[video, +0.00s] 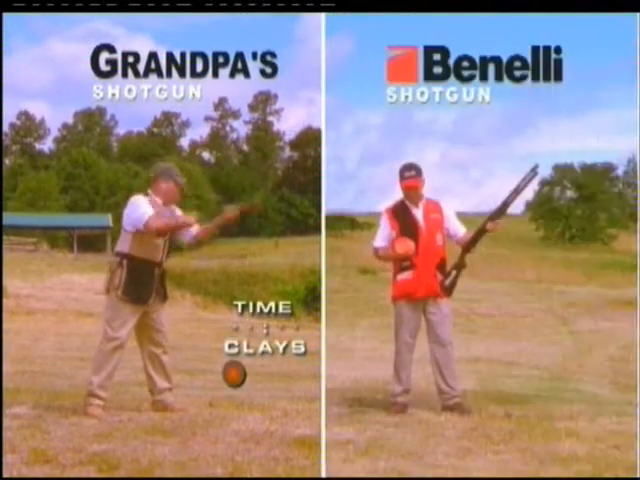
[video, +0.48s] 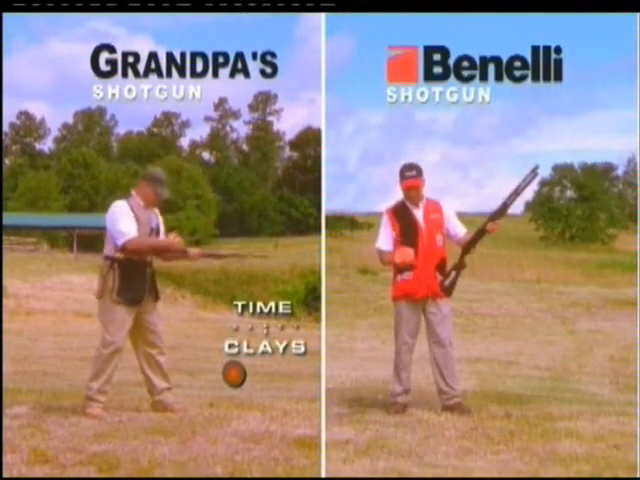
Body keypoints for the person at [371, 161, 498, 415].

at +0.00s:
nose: (412, 190)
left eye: (415, 185)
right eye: (407, 186)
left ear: (422, 183)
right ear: (400, 186)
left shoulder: (438, 209)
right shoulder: (391, 214)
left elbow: (462, 239)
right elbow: (379, 250)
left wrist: (483, 231)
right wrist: (395, 252)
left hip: (436, 283)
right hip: (407, 285)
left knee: (444, 342)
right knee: (405, 343)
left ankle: (451, 397)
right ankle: (400, 396)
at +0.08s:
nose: (412, 190)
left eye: (415, 185)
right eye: (407, 186)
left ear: (422, 183)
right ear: (400, 186)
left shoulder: (438, 209)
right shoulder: (391, 214)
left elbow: (462, 239)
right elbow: (379, 250)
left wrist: (483, 231)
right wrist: (395, 252)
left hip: (436, 283)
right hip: (407, 285)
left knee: (444, 342)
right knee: (405, 343)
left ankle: (451, 397)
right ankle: (400, 396)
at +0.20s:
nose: (412, 190)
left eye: (415, 184)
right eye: (407, 185)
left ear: (422, 183)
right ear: (401, 186)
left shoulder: (437, 209)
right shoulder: (392, 214)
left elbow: (462, 239)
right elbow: (379, 250)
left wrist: (483, 231)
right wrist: (395, 252)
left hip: (436, 283)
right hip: (407, 285)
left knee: (443, 342)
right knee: (405, 343)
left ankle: (451, 398)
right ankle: (400, 396)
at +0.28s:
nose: (412, 191)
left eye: (416, 185)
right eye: (407, 186)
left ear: (423, 184)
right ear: (401, 187)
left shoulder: (438, 209)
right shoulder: (392, 214)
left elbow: (462, 239)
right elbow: (379, 251)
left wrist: (483, 231)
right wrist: (395, 253)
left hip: (436, 283)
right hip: (407, 285)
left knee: (443, 342)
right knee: (404, 343)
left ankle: (451, 397)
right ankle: (400, 396)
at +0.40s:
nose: (412, 191)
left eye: (416, 186)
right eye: (408, 187)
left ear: (423, 184)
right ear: (401, 187)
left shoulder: (438, 209)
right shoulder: (392, 215)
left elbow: (463, 239)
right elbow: (382, 253)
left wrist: (484, 231)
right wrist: (396, 257)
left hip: (436, 284)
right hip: (407, 285)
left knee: (443, 342)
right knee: (405, 343)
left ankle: (451, 397)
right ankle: (400, 397)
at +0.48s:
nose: (412, 191)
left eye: (416, 186)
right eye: (408, 187)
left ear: (423, 184)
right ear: (401, 187)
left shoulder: (438, 209)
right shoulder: (392, 215)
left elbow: (463, 239)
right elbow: (383, 254)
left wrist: (484, 231)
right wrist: (396, 257)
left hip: (436, 283)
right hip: (407, 285)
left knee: (443, 342)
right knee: (405, 343)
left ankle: (451, 397)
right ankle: (400, 397)